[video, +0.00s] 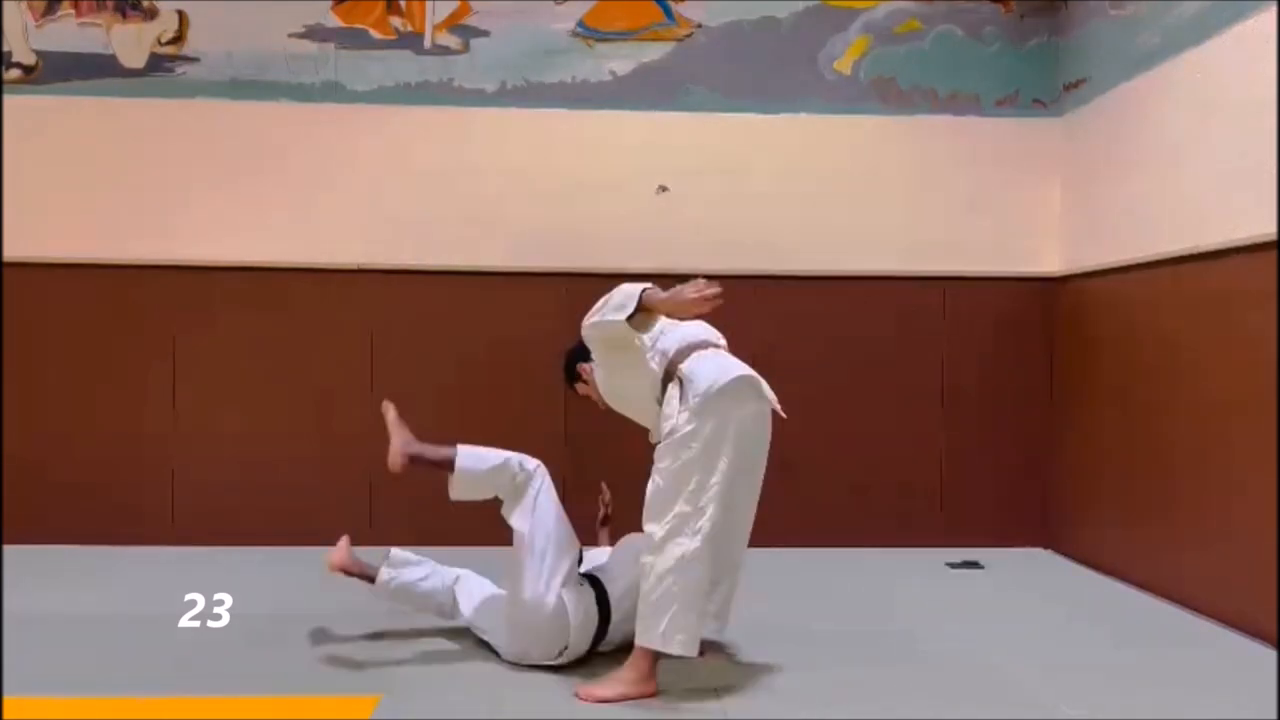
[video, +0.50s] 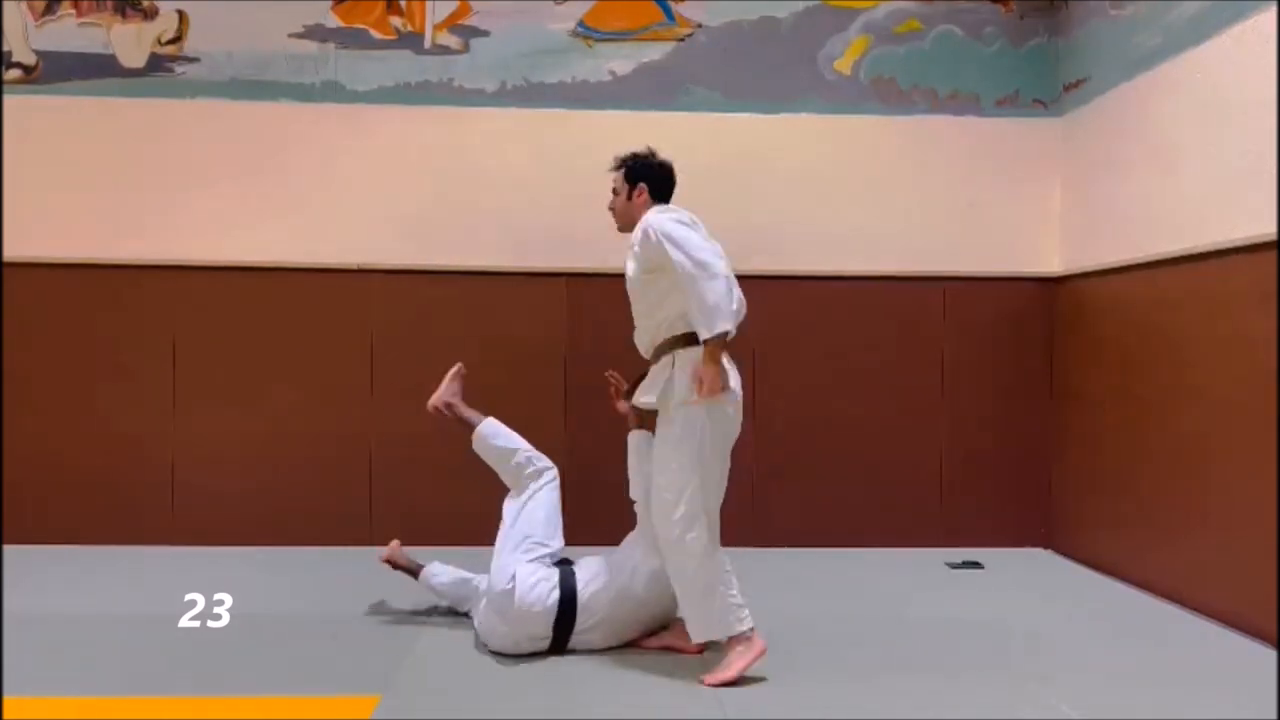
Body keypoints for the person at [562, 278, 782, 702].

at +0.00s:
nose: (596, 403)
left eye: (585, 393)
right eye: (588, 399)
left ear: (585, 370)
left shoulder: (598, 335)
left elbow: (618, 300)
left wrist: (664, 302)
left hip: (705, 385)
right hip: (750, 390)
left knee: (669, 526)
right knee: (718, 521)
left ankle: (640, 668)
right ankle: (701, 639)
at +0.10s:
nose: (604, 369)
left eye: (599, 360)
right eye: (600, 365)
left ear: (596, 340)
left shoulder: (609, 300)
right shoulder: (673, 320)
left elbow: (625, 312)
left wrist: (638, 348)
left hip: (699, 395)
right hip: (745, 395)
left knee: (664, 527)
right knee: (717, 520)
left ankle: (640, 671)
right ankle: (698, 634)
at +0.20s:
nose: (601, 333)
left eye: (600, 323)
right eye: (601, 327)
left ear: (596, 302)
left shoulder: (616, 281)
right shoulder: (674, 304)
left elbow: (627, 295)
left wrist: (636, 346)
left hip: (695, 393)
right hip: (738, 394)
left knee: (663, 525)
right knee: (707, 520)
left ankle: (639, 670)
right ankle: (689, 631)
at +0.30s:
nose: (603, 300)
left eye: (599, 290)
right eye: (599, 293)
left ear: (605, 268)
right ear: (632, 254)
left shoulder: (620, 262)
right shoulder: (670, 279)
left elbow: (642, 293)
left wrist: (653, 352)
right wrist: (651, 390)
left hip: (697, 386)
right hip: (731, 387)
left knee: (664, 519)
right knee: (700, 516)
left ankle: (639, 666)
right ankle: (686, 629)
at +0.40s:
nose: (602, 249)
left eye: (600, 238)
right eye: (599, 239)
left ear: (614, 227)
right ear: (640, 222)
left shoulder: (637, 239)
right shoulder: (673, 248)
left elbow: (674, 292)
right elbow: (702, 318)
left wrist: (691, 369)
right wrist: (651, 380)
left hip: (694, 380)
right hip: (715, 378)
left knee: (672, 513)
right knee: (694, 508)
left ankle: (681, 654)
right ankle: (695, 624)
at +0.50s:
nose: (610, 204)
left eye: (616, 193)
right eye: (610, 193)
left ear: (640, 192)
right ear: (647, 192)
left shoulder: (660, 223)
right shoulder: (654, 235)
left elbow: (713, 276)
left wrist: (712, 354)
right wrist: (644, 395)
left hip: (693, 375)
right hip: (673, 377)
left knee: (681, 511)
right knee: (654, 505)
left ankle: (740, 636)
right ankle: (686, 626)